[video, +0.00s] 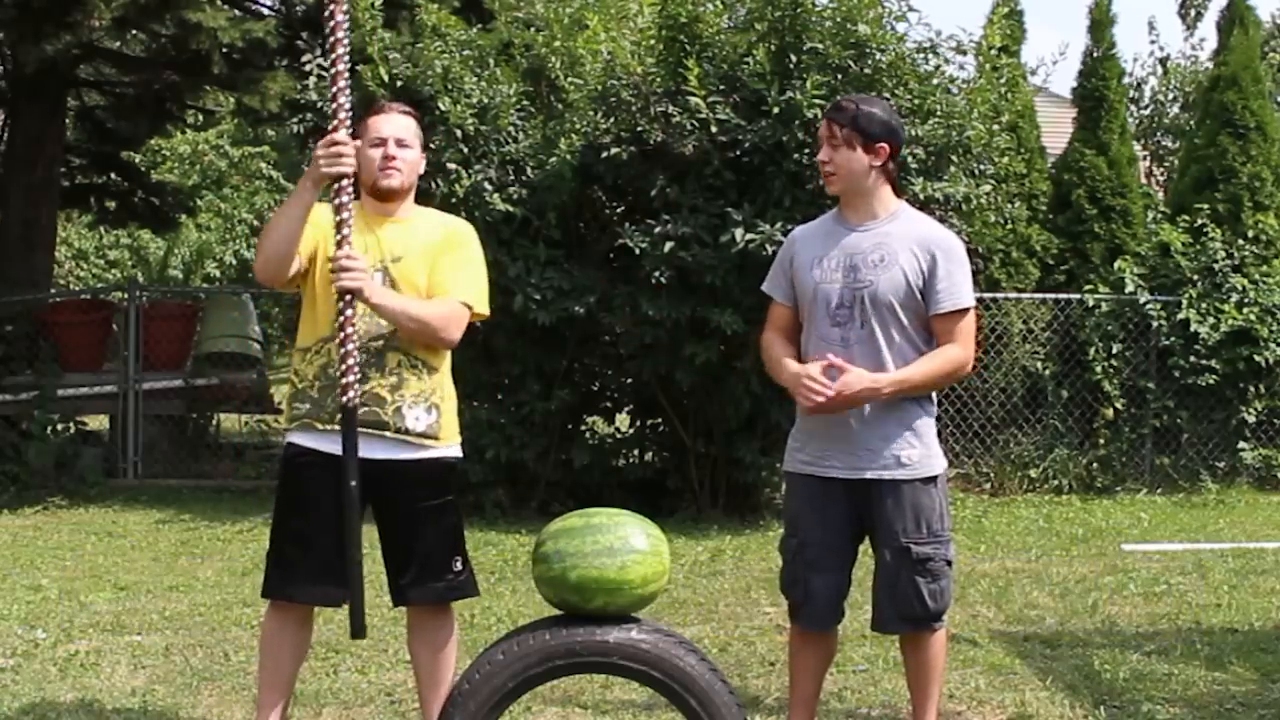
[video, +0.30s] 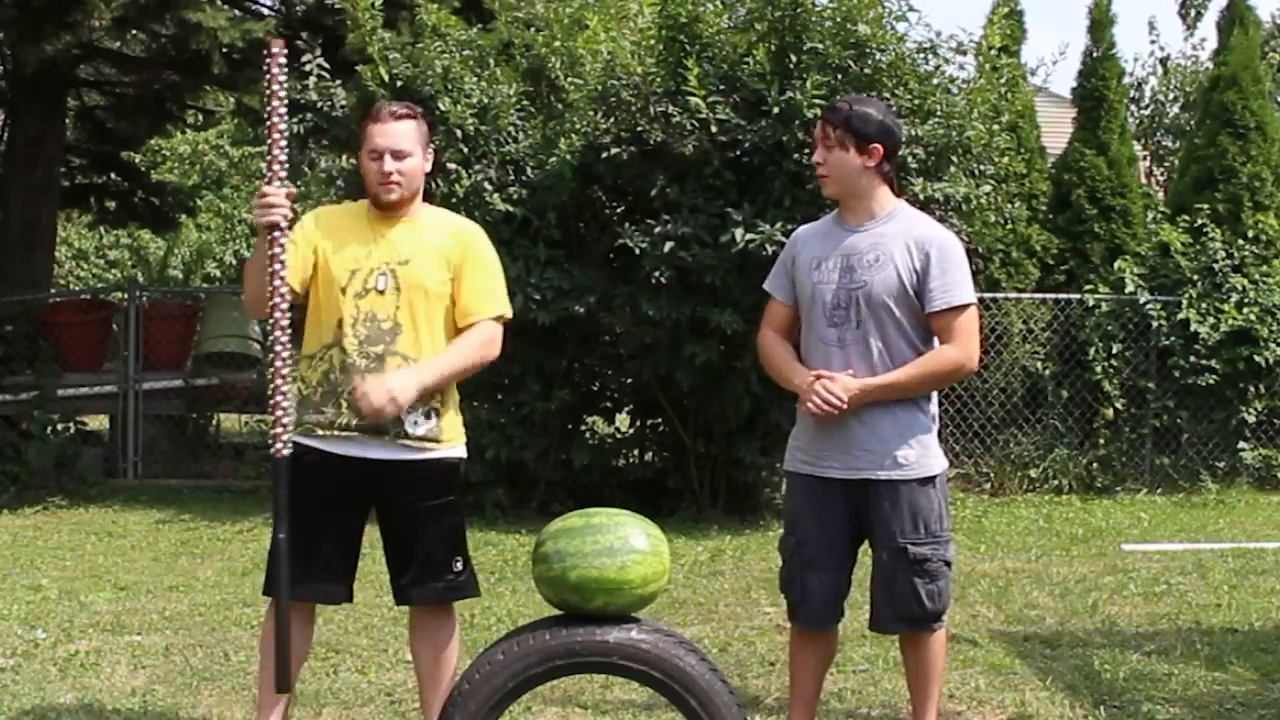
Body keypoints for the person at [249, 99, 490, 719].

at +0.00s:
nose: (389, 152)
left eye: (402, 143)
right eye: (377, 143)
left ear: (423, 158)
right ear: (357, 155)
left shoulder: (452, 234)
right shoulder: (325, 220)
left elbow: (449, 328)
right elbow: (269, 270)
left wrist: (376, 293)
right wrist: (311, 180)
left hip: (418, 446)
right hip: (319, 439)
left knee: (431, 598)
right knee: (292, 595)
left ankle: (437, 716)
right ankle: (269, 714)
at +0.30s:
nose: (387, 167)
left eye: (401, 155)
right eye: (376, 154)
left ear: (428, 161)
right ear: (359, 160)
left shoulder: (461, 238)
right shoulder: (321, 226)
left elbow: (486, 338)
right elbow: (260, 305)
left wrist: (410, 381)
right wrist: (264, 237)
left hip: (423, 454)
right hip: (321, 448)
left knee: (433, 599)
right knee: (292, 593)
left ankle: (437, 717)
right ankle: (270, 713)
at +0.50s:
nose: (382, 182)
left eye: (397, 168)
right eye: (370, 168)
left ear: (427, 162)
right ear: (356, 164)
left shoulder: (463, 239)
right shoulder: (322, 225)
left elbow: (485, 343)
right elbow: (268, 303)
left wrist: (489, 442)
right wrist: (244, 250)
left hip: (426, 453)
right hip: (326, 447)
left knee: (434, 598)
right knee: (292, 590)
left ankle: (439, 716)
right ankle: (271, 712)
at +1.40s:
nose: (370, 178)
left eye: (382, 164)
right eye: (356, 163)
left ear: (398, 167)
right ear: (328, 163)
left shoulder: (423, 240)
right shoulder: (277, 233)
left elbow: (440, 335)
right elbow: (240, 309)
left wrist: (425, 404)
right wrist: (245, 335)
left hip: (403, 454)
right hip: (305, 452)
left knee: (423, 598)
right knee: (289, 600)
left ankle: (438, 718)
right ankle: (275, 718)